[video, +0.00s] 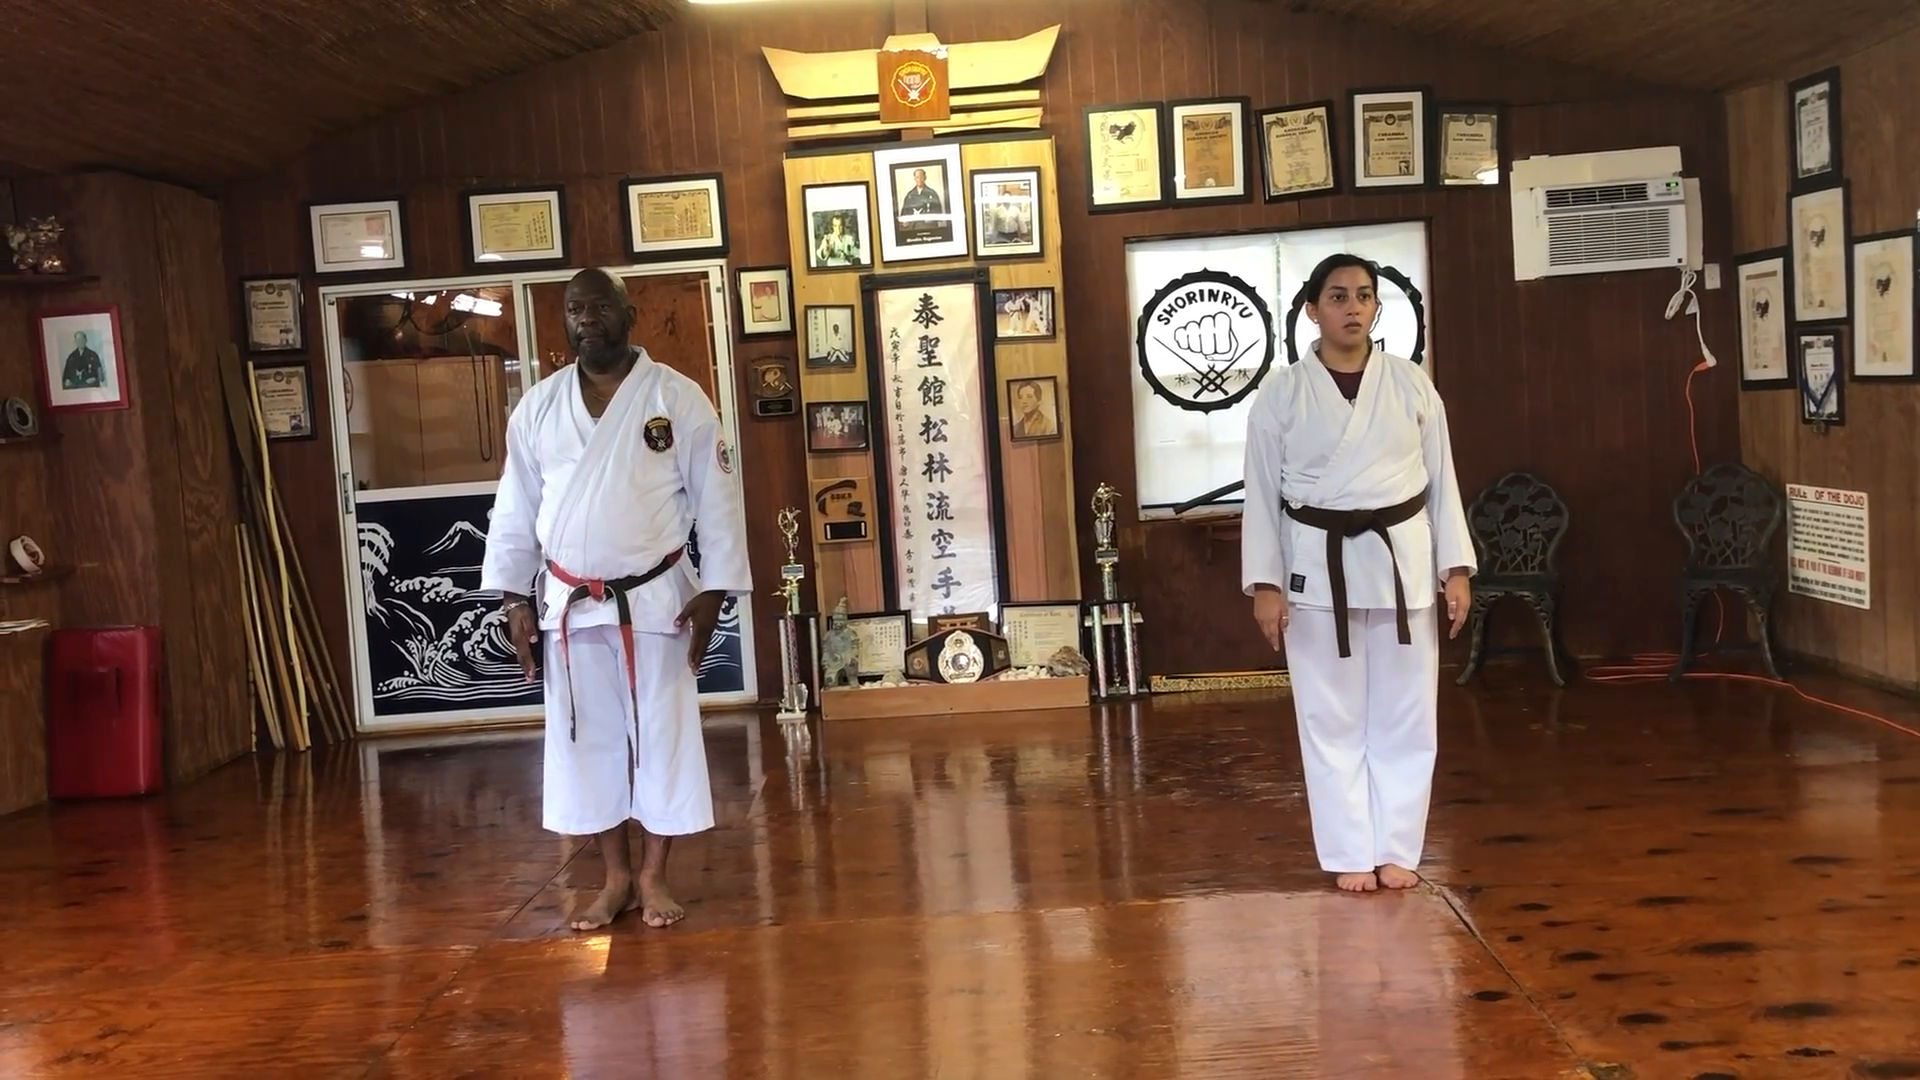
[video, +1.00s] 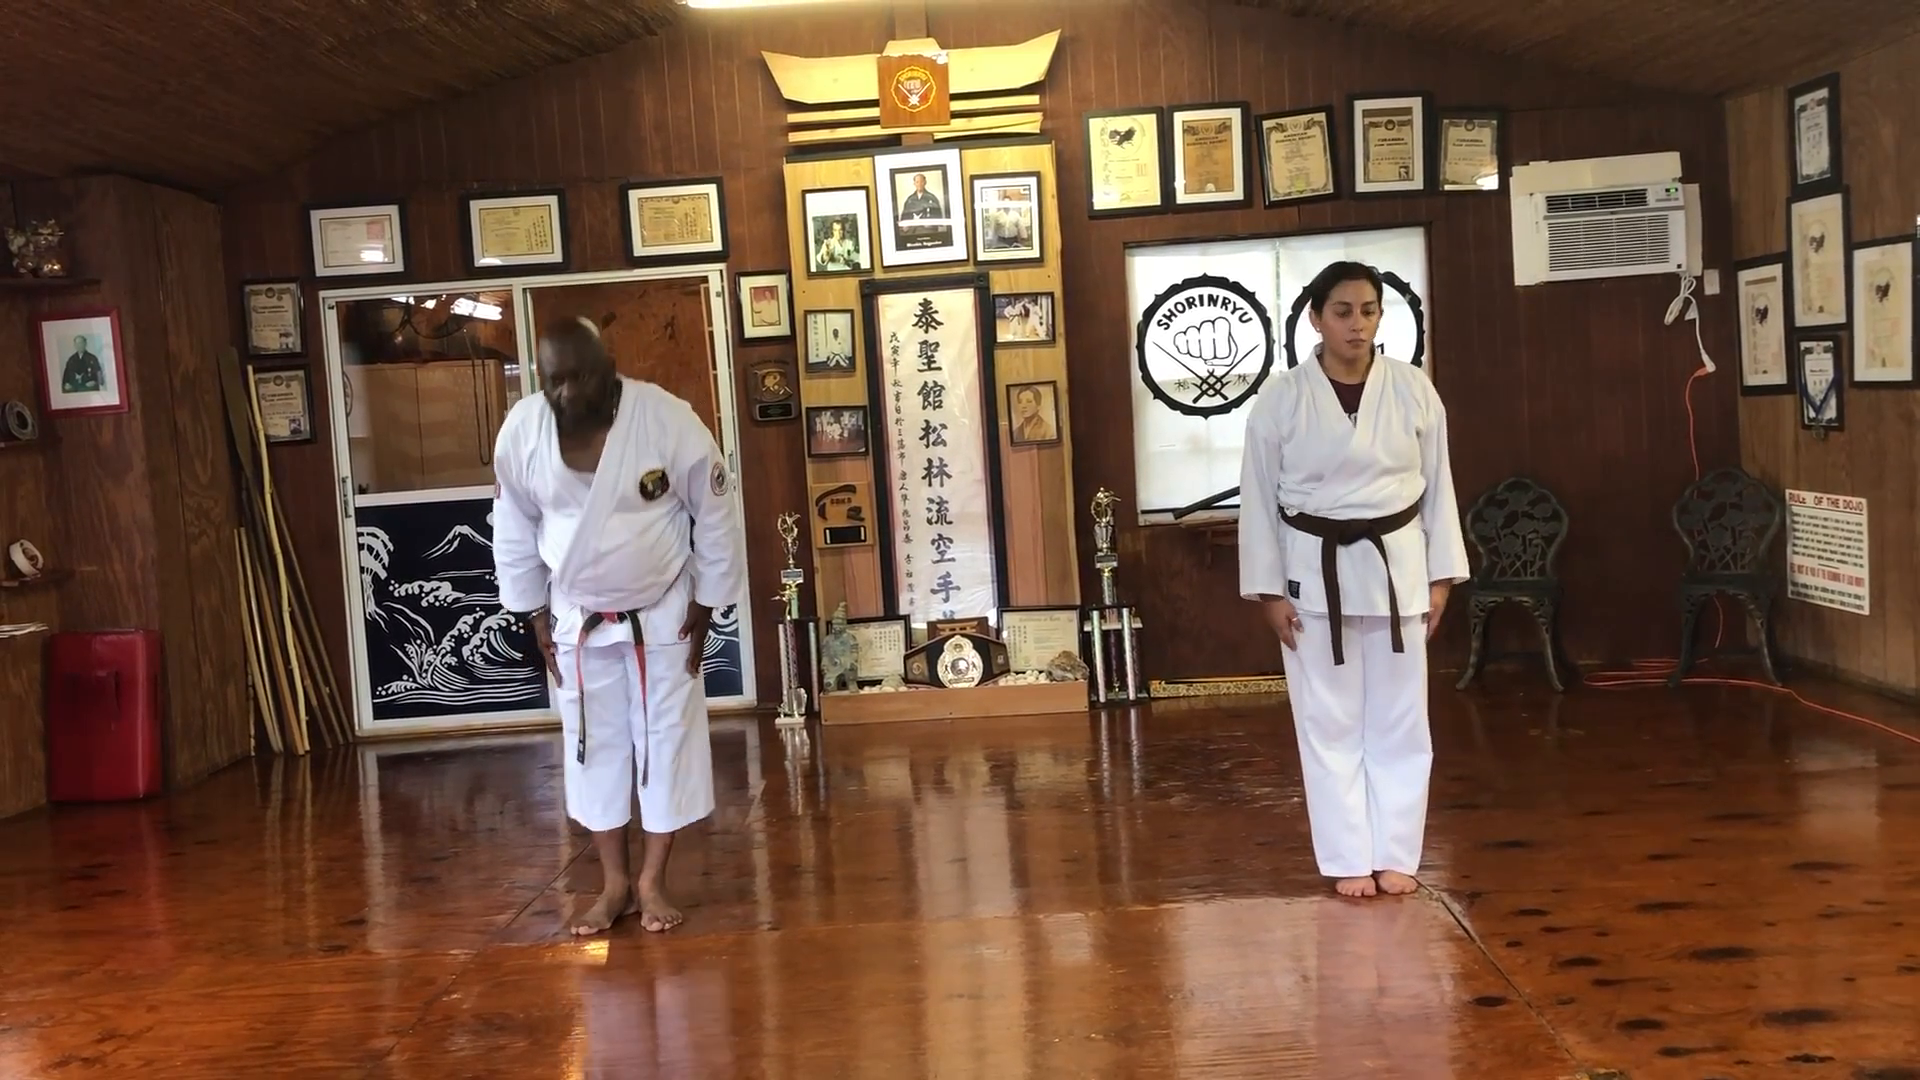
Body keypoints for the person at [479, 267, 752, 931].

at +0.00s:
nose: (587, 321)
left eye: (600, 309)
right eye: (577, 311)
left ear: (629, 317)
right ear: (563, 325)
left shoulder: (678, 398)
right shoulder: (536, 407)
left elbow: (717, 499)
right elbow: (516, 506)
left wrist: (716, 591)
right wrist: (513, 598)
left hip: (655, 591)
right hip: (570, 597)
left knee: (659, 733)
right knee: (588, 734)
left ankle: (651, 876)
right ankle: (615, 878)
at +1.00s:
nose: (560, 392)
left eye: (572, 379)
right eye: (550, 380)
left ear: (605, 367)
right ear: (540, 376)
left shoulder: (666, 420)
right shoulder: (522, 430)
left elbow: (716, 510)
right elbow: (514, 528)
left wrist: (707, 600)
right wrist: (532, 616)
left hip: (662, 608)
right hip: (577, 614)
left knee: (665, 745)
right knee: (592, 746)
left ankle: (651, 882)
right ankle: (613, 884)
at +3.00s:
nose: (583, 320)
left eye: (595, 308)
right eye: (572, 312)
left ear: (624, 319)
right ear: (558, 328)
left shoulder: (675, 398)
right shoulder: (532, 410)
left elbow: (712, 499)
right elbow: (516, 508)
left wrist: (706, 589)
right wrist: (524, 597)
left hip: (656, 590)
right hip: (572, 597)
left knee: (658, 733)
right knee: (590, 734)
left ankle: (654, 879)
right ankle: (617, 880)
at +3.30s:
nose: (592, 324)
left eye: (603, 310)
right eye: (579, 314)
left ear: (631, 316)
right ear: (566, 326)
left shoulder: (682, 394)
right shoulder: (541, 413)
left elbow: (728, 491)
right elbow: (526, 512)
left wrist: (733, 579)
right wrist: (533, 604)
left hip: (680, 585)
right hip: (591, 597)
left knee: (712, 723)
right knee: (600, 735)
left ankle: (747, 868)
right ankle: (620, 881)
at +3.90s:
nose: (693, 328)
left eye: (704, 316)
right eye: (680, 319)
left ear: (730, 323)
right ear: (664, 333)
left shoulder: (779, 406)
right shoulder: (637, 413)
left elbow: (815, 502)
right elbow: (615, 507)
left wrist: (797, 576)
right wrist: (619, 586)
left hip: (761, 594)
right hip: (668, 599)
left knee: (794, 734)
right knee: (651, 743)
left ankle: (815, 877)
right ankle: (626, 888)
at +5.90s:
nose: (673, 339)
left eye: (685, 326)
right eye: (661, 330)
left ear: (715, 334)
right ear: (648, 343)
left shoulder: (764, 418)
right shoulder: (620, 425)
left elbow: (797, 517)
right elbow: (596, 517)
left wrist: (774, 593)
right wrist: (600, 594)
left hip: (738, 608)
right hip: (648, 612)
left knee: (776, 746)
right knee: (631, 752)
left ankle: (804, 889)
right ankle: (614, 901)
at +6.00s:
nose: (673, 338)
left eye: (684, 326)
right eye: (661, 329)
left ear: (714, 334)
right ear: (648, 343)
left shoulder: (762, 418)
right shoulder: (619, 426)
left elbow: (797, 518)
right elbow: (595, 517)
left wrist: (772, 594)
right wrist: (599, 594)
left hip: (738, 607)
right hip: (647, 612)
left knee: (775, 745)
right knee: (631, 752)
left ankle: (804, 889)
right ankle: (614, 901)